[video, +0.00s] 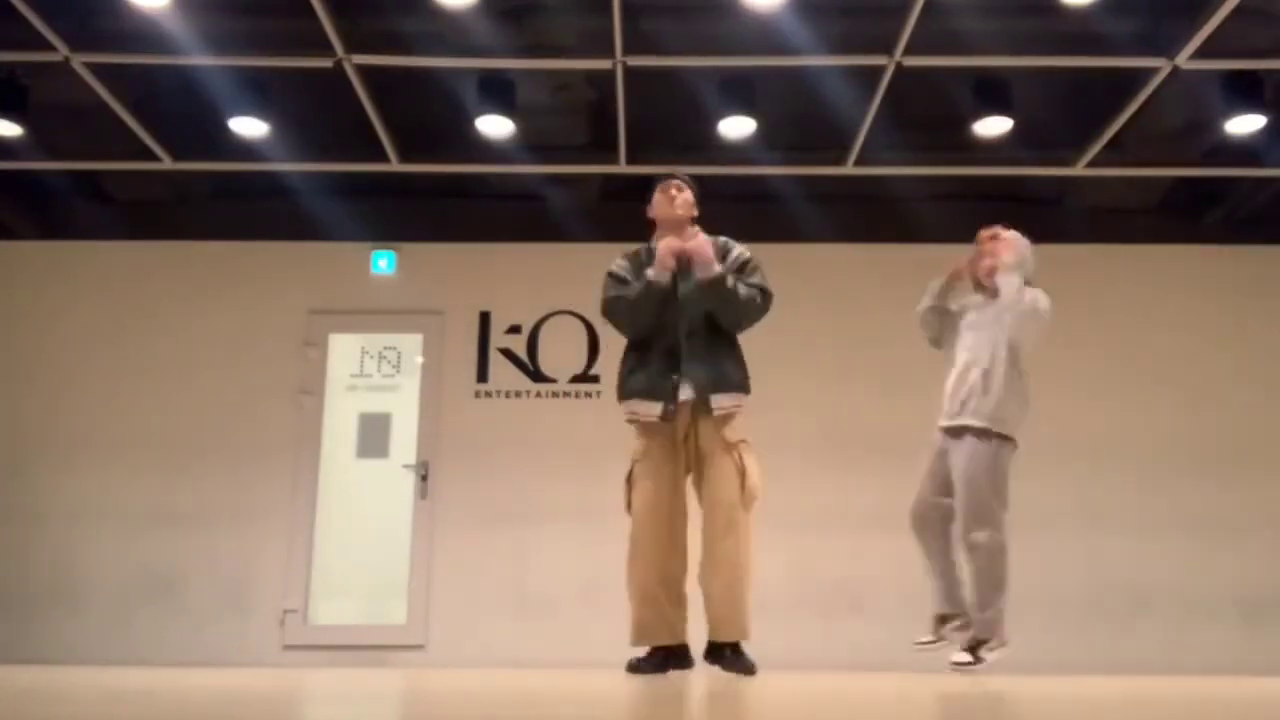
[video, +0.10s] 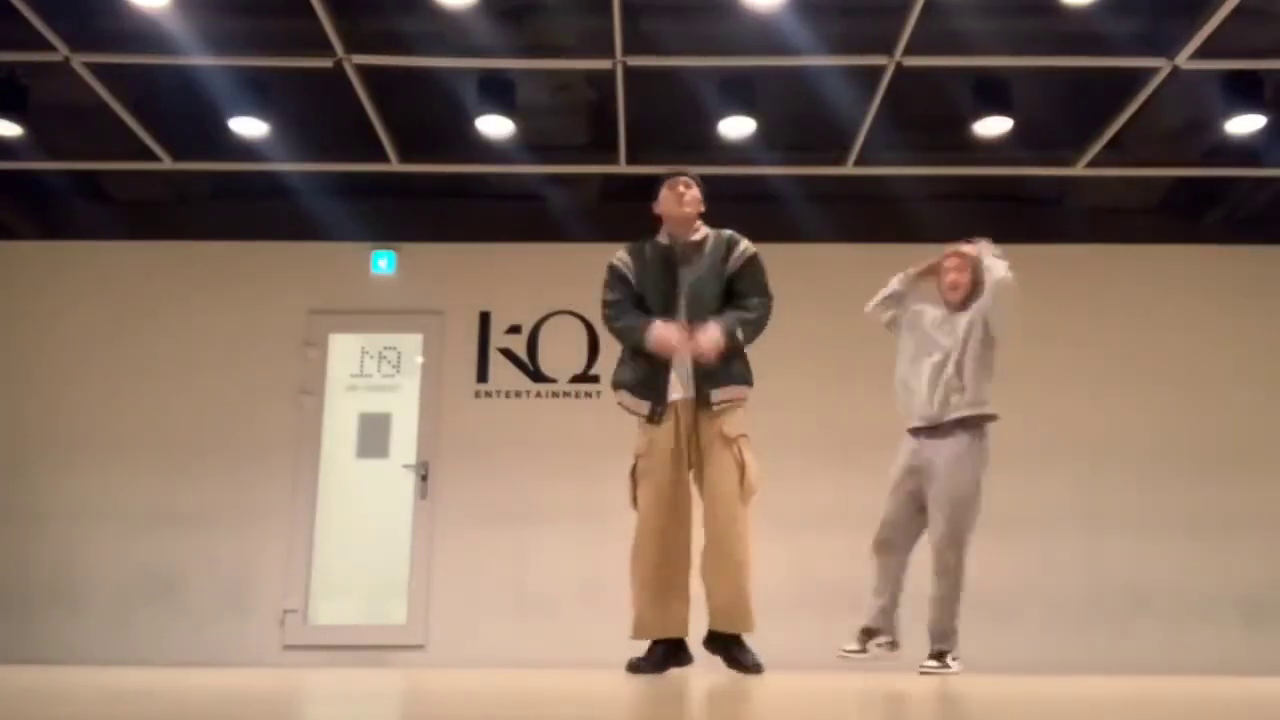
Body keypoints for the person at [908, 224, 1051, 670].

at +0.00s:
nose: (985, 246)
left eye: (997, 239)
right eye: (982, 241)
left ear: (1020, 255)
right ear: (977, 257)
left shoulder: (1031, 302)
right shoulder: (972, 304)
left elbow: (1026, 327)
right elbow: (932, 328)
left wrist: (1004, 277)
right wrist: (949, 282)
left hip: (987, 431)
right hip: (952, 429)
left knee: (981, 532)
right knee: (927, 517)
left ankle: (987, 632)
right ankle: (950, 611)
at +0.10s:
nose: (952, 277)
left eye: (961, 270)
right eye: (946, 270)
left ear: (975, 280)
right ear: (936, 278)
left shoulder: (981, 320)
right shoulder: (918, 315)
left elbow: (1001, 283)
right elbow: (876, 309)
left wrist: (985, 253)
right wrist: (917, 274)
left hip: (961, 441)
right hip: (918, 441)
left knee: (947, 546)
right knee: (890, 540)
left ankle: (942, 649)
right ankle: (880, 631)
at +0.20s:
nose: (921, 279)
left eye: (930, 273)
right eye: (914, 273)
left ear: (944, 283)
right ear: (904, 283)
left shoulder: (956, 324)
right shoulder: (883, 321)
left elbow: (985, 295)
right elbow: (842, 325)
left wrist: (951, 265)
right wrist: (882, 279)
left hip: (937, 447)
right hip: (889, 447)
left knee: (936, 551)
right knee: (859, 546)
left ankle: (941, 650)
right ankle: (830, 635)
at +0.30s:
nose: (889, 278)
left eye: (896, 272)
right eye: (882, 272)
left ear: (909, 281)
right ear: (871, 282)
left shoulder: (928, 320)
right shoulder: (860, 322)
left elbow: (961, 343)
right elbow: (821, 355)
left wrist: (931, 291)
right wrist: (847, 303)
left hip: (916, 449)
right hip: (861, 446)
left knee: (928, 544)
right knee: (831, 543)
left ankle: (931, 641)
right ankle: (804, 633)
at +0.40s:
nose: (861, 295)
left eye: (869, 289)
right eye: (853, 288)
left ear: (880, 299)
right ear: (839, 297)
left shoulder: (900, 345)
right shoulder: (822, 341)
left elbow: (921, 399)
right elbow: (799, 392)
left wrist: (893, 380)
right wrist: (836, 378)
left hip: (891, 466)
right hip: (834, 463)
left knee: (923, 538)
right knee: (804, 553)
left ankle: (917, 638)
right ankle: (778, 644)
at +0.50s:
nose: (847, 304)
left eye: (853, 298)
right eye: (839, 297)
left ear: (862, 307)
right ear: (826, 304)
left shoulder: (879, 354)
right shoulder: (801, 351)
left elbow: (891, 412)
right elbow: (784, 409)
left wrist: (875, 451)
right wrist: (827, 442)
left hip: (873, 477)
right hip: (818, 477)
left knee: (913, 538)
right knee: (787, 561)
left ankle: (910, 640)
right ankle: (775, 646)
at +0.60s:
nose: (846, 284)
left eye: (854, 279)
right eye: (838, 277)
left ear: (862, 289)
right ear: (824, 286)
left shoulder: (879, 332)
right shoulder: (798, 325)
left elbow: (903, 383)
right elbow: (784, 376)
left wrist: (874, 392)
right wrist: (827, 382)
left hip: (874, 453)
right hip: (817, 453)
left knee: (912, 520)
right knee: (800, 547)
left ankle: (903, 621)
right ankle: (780, 640)